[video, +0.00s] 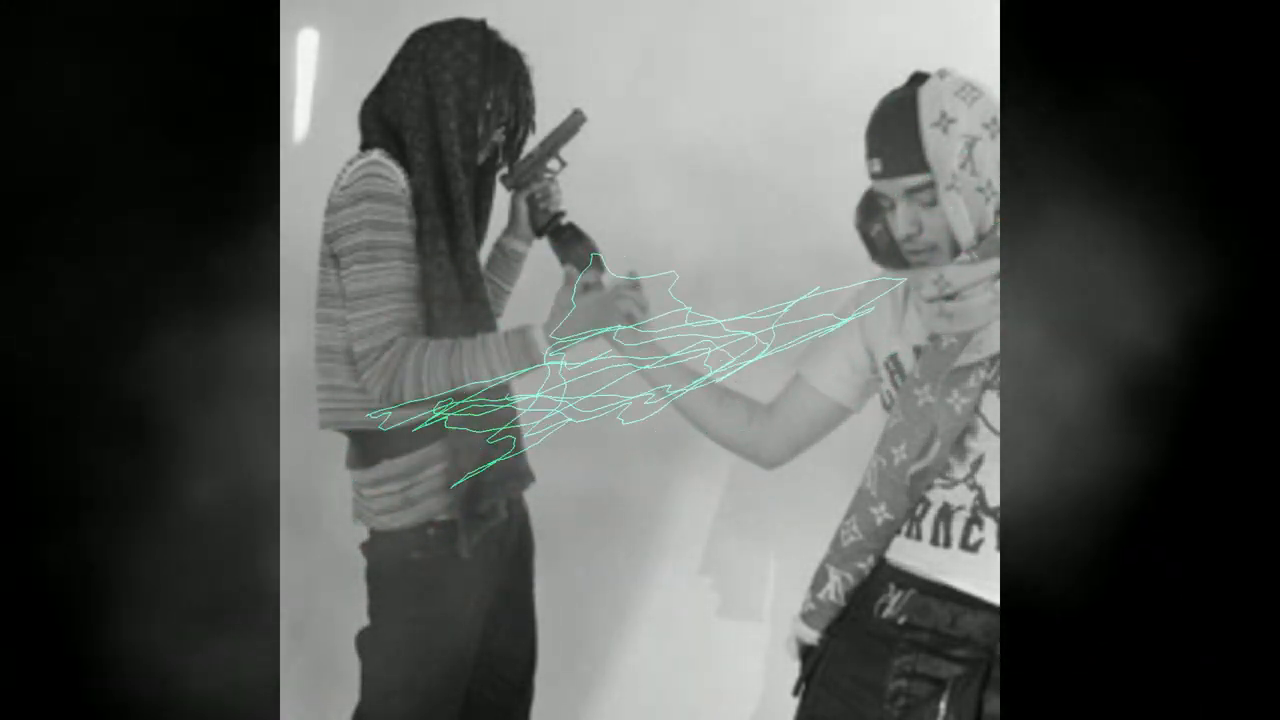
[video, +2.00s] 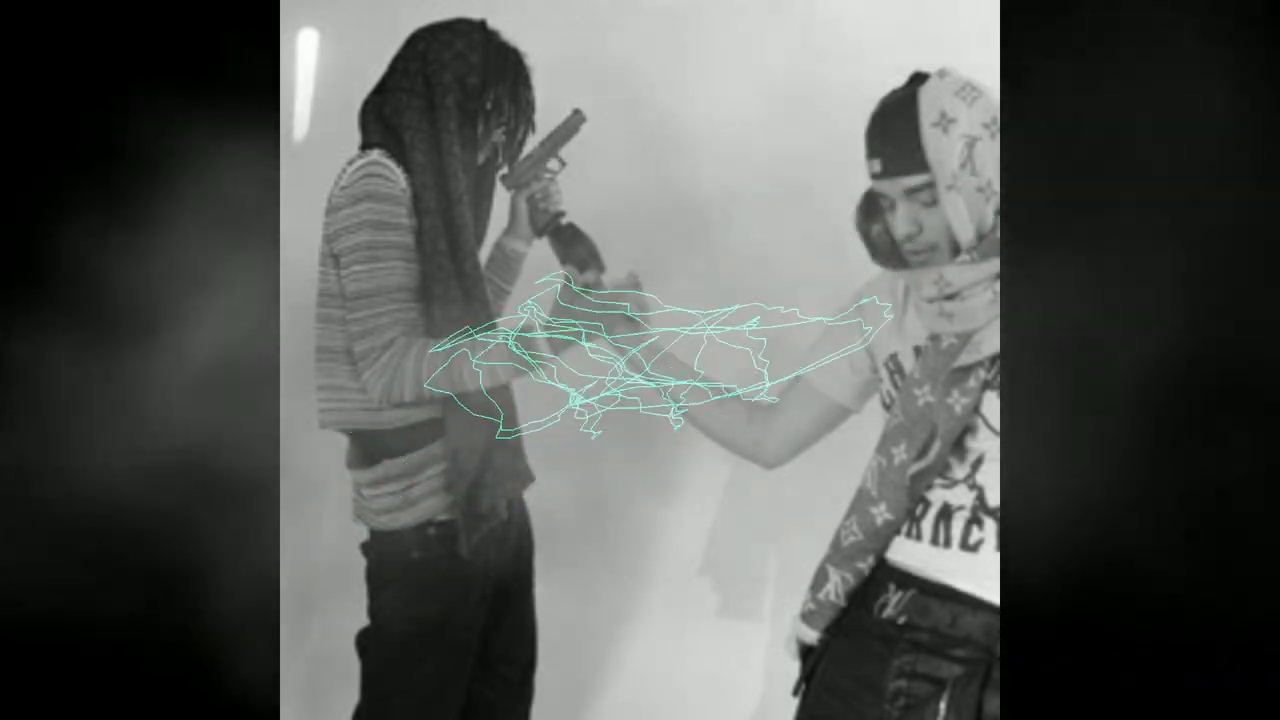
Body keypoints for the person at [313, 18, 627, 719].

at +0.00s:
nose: (496, 143)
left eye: (503, 125)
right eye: (491, 120)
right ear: (449, 108)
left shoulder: (426, 191)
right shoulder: (376, 183)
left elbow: (463, 332)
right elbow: (386, 370)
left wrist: (518, 233)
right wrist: (550, 337)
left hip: (489, 509)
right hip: (425, 527)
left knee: (501, 702)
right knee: (408, 707)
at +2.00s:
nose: (499, 148)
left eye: (505, 127)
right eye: (492, 123)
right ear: (449, 108)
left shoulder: (427, 192)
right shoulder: (377, 182)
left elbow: (461, 333)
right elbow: (389, 371)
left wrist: (517, 236)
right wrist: (538, 343)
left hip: (488, 505)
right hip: (425, 522)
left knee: (500, 701)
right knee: (413, 705)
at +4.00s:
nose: (499, 143)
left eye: (506, 125)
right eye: (493, 119)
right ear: (449, 107)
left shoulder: (426, 192)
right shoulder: (377, 182)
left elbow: (461, 333)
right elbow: (390, 369)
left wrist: (519, 234)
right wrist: (553, 337)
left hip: (489, 506)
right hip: (425, 520)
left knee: (499, 702)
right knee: (411, 705)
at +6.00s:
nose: (497, 144)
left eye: (504, 125)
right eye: (492, 120)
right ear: (449, 106)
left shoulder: (427, 190)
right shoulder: (377, 183)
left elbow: (465, 336)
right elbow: (389, 370)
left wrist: (517, 234)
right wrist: (552, 337)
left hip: (488, 508)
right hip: (423, 524)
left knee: (499, 702)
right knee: (411, 707)